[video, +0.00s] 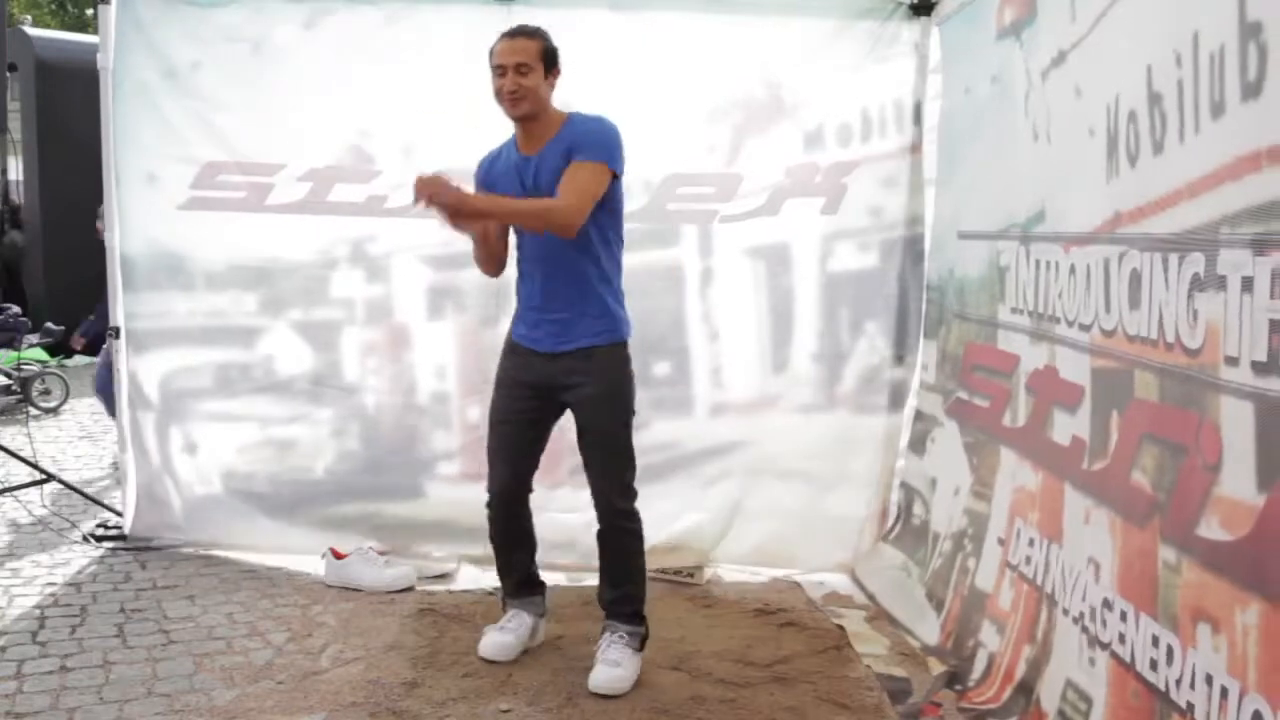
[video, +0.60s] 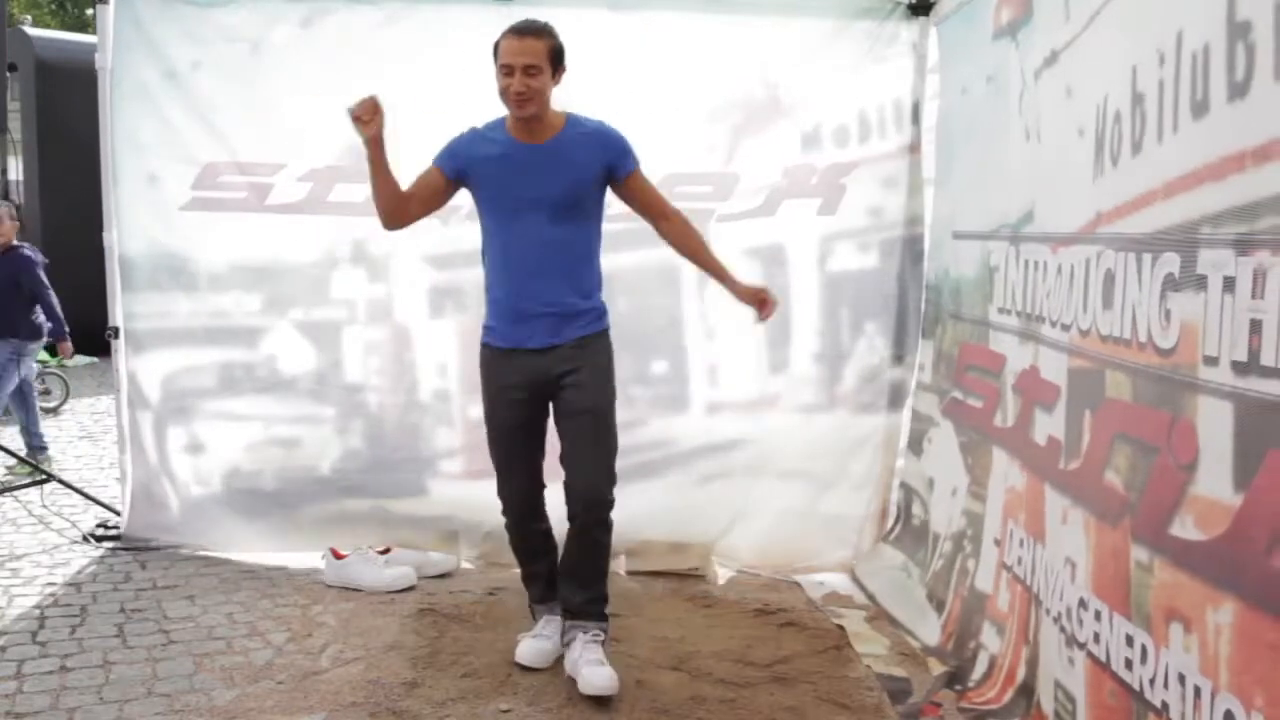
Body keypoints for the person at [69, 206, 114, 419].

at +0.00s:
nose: (99, 233)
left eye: (101, 228)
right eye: (98, 228)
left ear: (111, 227)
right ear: (103, 228)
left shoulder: (121, 256)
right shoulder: (116, 254)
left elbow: (111, 303)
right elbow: (109, 301)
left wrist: (86, 334)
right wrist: (85, 330)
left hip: (121, 335)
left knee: (104, 385)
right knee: (104, 384)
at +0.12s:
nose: (81, 227)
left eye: (88, 220)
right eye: (77, 221)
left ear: (104, 224)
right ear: (73, 226)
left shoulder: (106, 259)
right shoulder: (94, 259)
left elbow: (92, 304)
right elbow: (87, 305)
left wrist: (58, 327)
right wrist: (58, 327)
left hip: (111, 341)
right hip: (95, 340)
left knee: (123, 401)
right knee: (81, 396)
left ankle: (135, 454)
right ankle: (62, 446)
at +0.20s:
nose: (65, 231)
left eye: (71, 224)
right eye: (60, 225)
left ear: (88, 228)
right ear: (56, 229)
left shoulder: (91, 261)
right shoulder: (78, 261)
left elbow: (84, 308)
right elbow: (79, 308)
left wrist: (53, 330)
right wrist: (52, 328)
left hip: (99, 345)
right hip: (80, 345)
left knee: (115, 405)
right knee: (64, 401)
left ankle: (140, 452)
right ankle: (45, 449)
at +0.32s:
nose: (39, 230)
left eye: (46, 224)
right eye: (36, 225)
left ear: (62, 228)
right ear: (32, 229)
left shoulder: (67, 262)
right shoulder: (53, 261)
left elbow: (65, 309)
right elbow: (54, 306)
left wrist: (54, 348)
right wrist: (48, 339)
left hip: (70, 339)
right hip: (53, 338)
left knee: (67, 397)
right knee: (37, 395)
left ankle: (114, 433)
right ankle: (39, 452)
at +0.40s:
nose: (25, 228)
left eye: (31, 222)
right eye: (21, 223)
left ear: (47, 226)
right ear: (19, 228)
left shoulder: (54, 260)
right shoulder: (35, 260)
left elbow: (61, 305)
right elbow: (38, 303)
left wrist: (65, 347)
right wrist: (29, 335)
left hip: (47, 339)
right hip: (34, 337)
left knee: (36, 396)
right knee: (31, 396)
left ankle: (88, 431)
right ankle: (38, 453)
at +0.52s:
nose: (5, 226)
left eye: (11, 220)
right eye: (2, 221)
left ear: (26, 224)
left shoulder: (35, 257)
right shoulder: (11, 259)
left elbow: (56, 298)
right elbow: (12, 298)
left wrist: (68, 338)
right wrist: (7, 331)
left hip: (35, 333)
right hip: (17, 332)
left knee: (5, 385)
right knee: (29, 390)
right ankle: (37, 448)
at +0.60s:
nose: (0, 225)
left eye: (4, 220)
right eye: (0, 220)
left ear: (15, 224)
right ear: (6, 225)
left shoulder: (23, 257)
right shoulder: (11, 256)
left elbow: (47, 297)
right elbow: (46, 297)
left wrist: (62, 335)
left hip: (21, 338)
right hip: (13, 338)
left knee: (8, 393)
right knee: (23, 397)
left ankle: (37, 452)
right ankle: (37, 452)